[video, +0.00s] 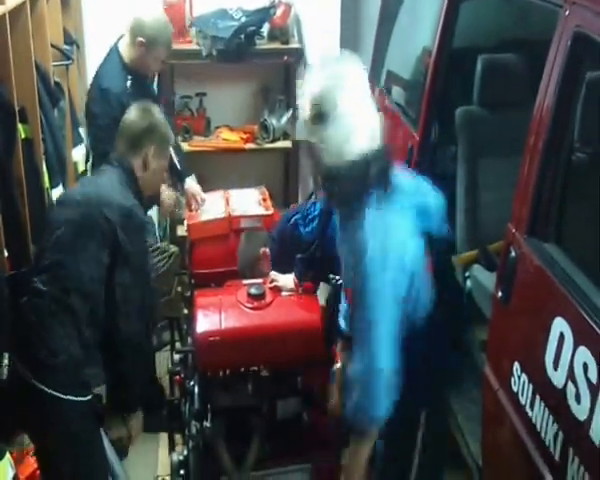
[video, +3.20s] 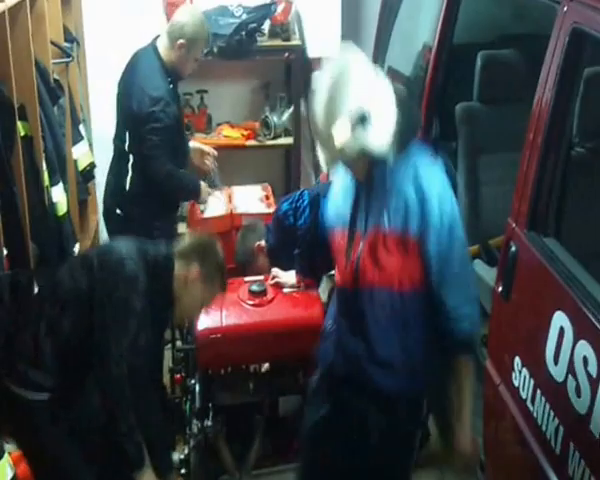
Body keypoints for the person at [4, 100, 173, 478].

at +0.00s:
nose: (165, 176)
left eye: (168, 165)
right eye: (165, 164)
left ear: (124, 152)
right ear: (147, 157)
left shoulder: (76, 194)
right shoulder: (125, 212)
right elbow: (131, 320)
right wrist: (131, 404)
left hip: (34, 370)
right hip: (72, 384)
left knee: (61, 471)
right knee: (89, 473)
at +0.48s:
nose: (174, 225)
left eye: (181, 218)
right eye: (178, 216)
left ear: (159, 194)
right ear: (161, 198)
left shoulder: (117, 207)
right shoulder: (94, 229)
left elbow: (123, 302)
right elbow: (84, 347)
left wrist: (141, 360)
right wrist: (108, 438)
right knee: (79, 471)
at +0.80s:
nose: (189, 213)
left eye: (193, 204)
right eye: (191, 203)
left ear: (171, 189)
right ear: (173, 193)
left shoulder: (130, 201)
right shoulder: (113, 215)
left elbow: (128, 309)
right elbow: (101, 317)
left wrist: (156, 364)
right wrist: (113, 406)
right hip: (60, 370)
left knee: (113, 463)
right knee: (82, 466)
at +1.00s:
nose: (180, 209)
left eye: (186, 201)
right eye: (184, 198)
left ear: (160, 174)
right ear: (172, 184)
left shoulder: (121, 186)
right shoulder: (134, 201)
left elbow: (133, 293)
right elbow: (134, 299)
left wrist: (152, 356)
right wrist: (150, 369)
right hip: (65, 353)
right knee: (99, 456)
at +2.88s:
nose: (190, 249)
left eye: (196, 241)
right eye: (193, 236)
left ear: (177, 205)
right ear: (178, 205)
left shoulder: (150, 232)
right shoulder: (121, 222)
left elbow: (143, 325)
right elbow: (116, 322)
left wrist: (149, 392)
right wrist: (137, 395)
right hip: (53, 364)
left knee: (111, 459)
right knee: (77, 464)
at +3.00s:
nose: (192, 267)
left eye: (198, 258)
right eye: (196, 255)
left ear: (184, 225)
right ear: (184, 227)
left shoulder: (154, 248)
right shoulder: (123, 240)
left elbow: (144, 345)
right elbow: (110, 343)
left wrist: (150, 424)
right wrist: (125, 433)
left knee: (109, 463)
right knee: (76, 467)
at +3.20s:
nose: (196, 317)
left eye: (205, 307)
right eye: (204, 302)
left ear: (190, 274)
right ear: (192, 275)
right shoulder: (126, 271)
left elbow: (148, 382)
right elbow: (118, 373)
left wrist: (165, 463)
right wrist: (140, 464)